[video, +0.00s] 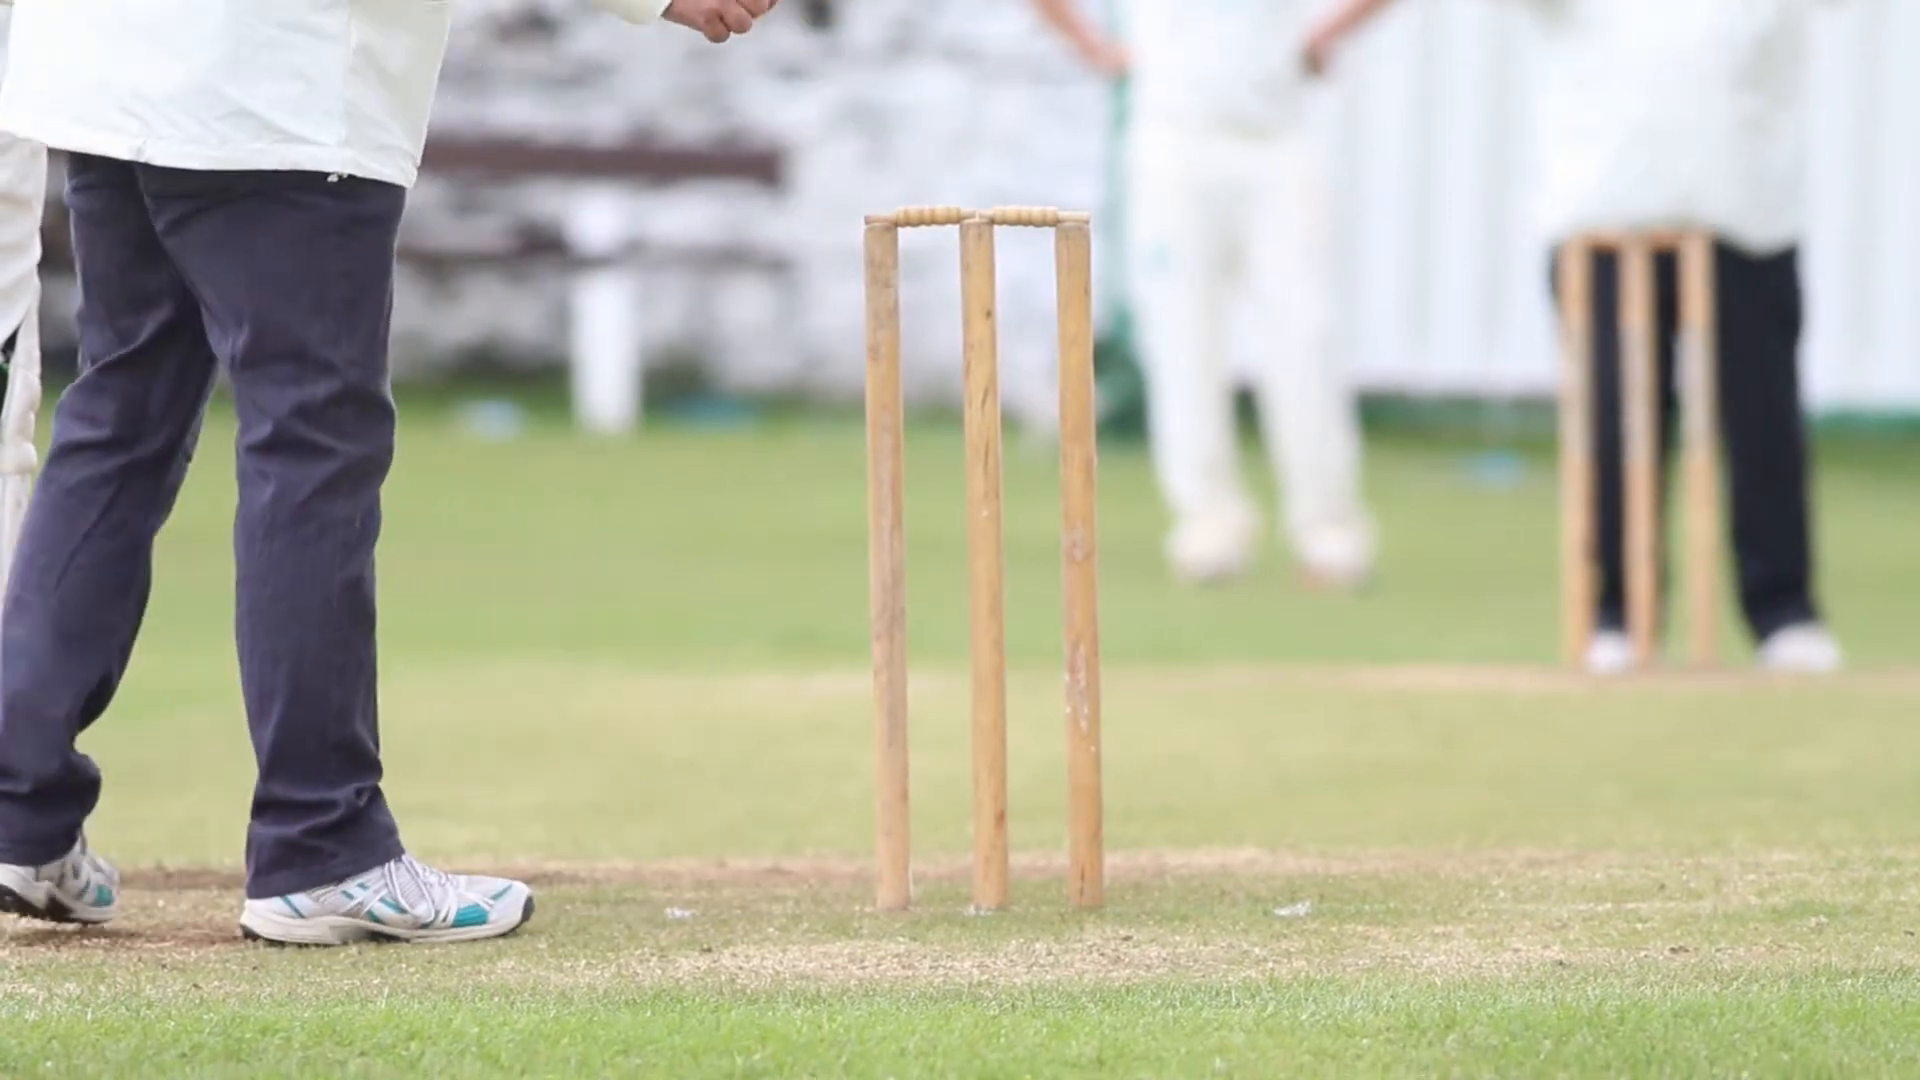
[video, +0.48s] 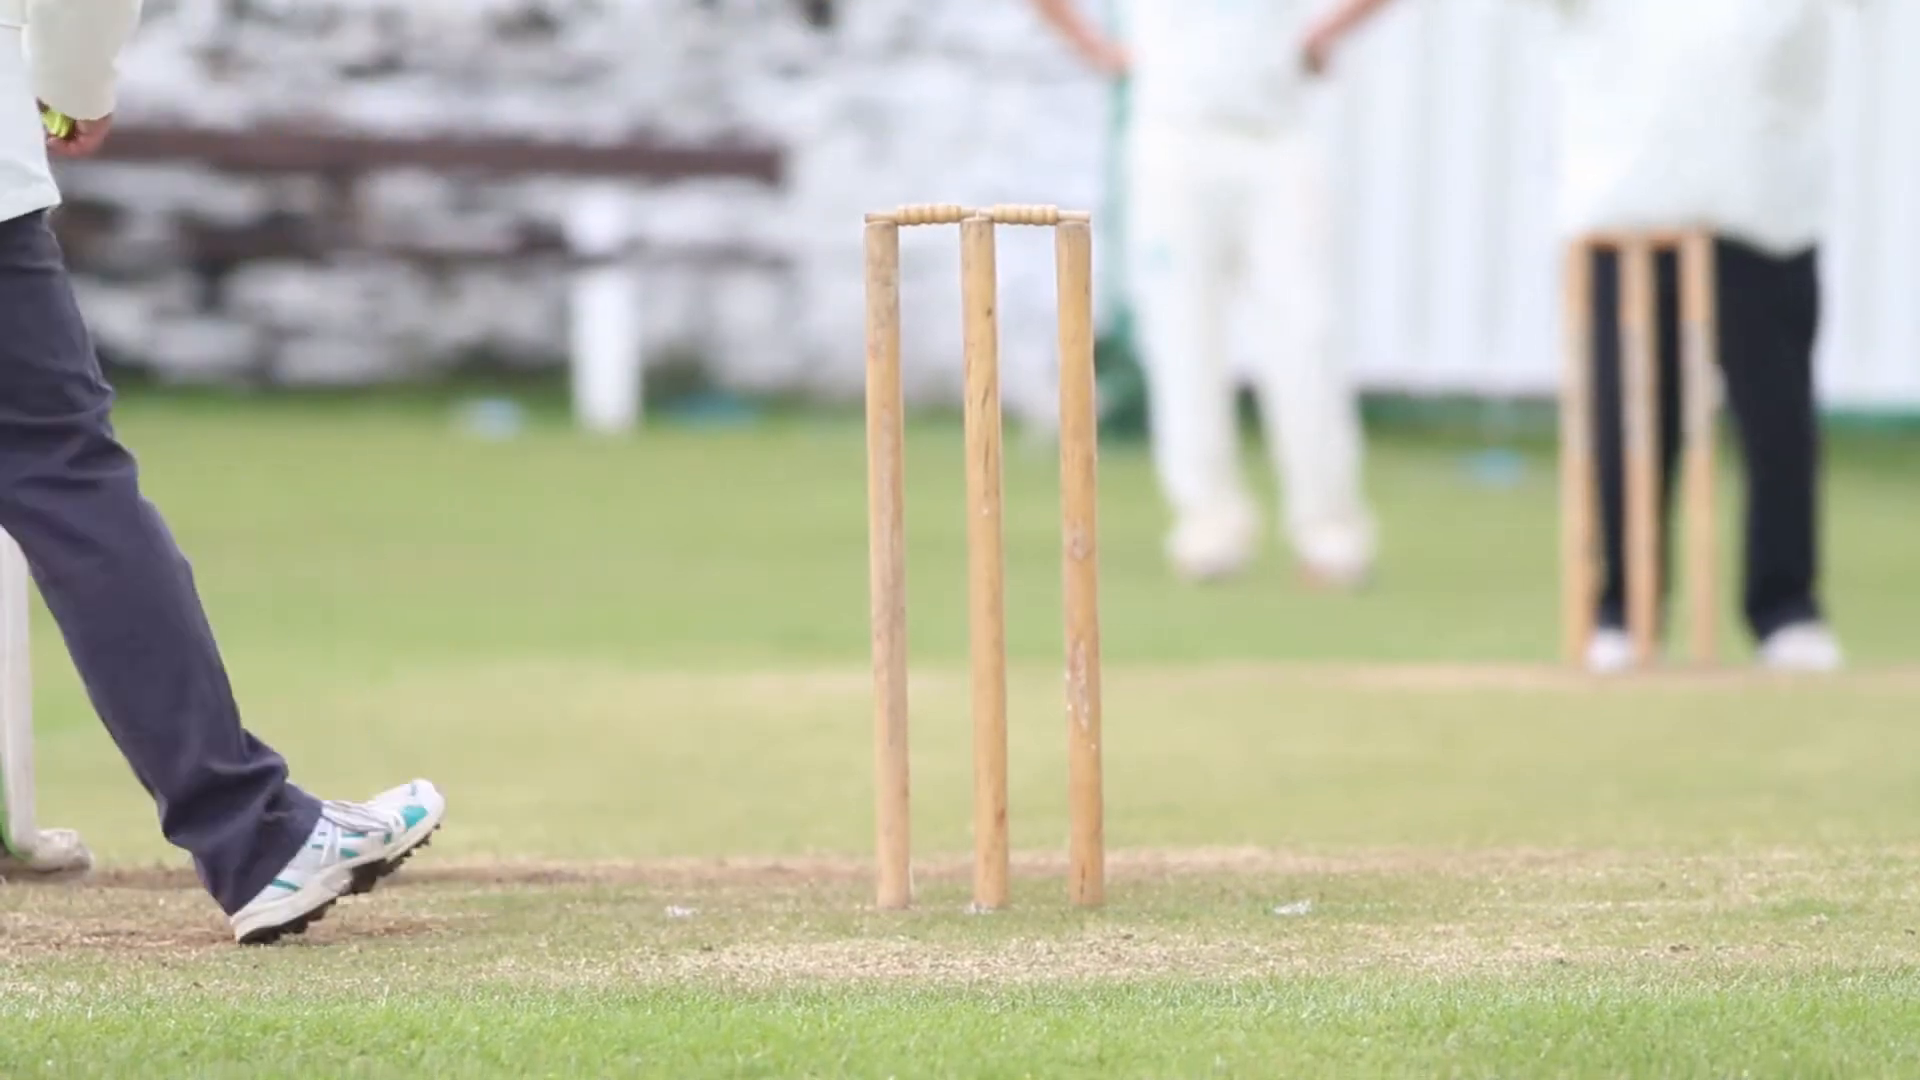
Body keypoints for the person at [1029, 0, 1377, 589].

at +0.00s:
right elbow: (1042, 3)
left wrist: (1323, 37)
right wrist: (1096, 46)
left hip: (1286, 120)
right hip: (1172, 117)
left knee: (1303, 329)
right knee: (1179, 332)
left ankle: (1329, 529)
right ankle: (1209, 526)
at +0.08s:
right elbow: (1042, 4)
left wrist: (1323, 37)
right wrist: (1096, 46)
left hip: (1286, 119)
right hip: (1172, 116)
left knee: (1303, 328)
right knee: (1180, 331)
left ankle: (1329, 529)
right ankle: (1209, 525)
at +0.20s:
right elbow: (1042, 4)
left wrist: (1323, 36)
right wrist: (1096, 46)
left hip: (1286, 120)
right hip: (1172, 117)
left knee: (1303, 329)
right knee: (1179, 332)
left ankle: (1329, 529)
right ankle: (1209, 526)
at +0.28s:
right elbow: (1042, 4)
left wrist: (1324, 35)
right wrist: (1096, 45)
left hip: (1286, 120)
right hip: (1172, 117)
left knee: (1303, 329)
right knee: (1180, 332)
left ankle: (1329, 528)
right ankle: (1209, 525)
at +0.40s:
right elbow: (1041, 4)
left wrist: (1323, 35)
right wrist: (1096, 46)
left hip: (1285, 119)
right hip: (1172, 116)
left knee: (1303, 328)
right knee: (1179, 330)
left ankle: (1329, 528)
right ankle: (1209, 523)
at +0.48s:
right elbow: (1042, 4)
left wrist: (1323, 35)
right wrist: (1096, 46)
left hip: (1286, 120)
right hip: (1172, 117)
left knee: (1303, 328)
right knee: (1180, 331)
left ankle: (1330, 528)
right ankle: (1209, 523)